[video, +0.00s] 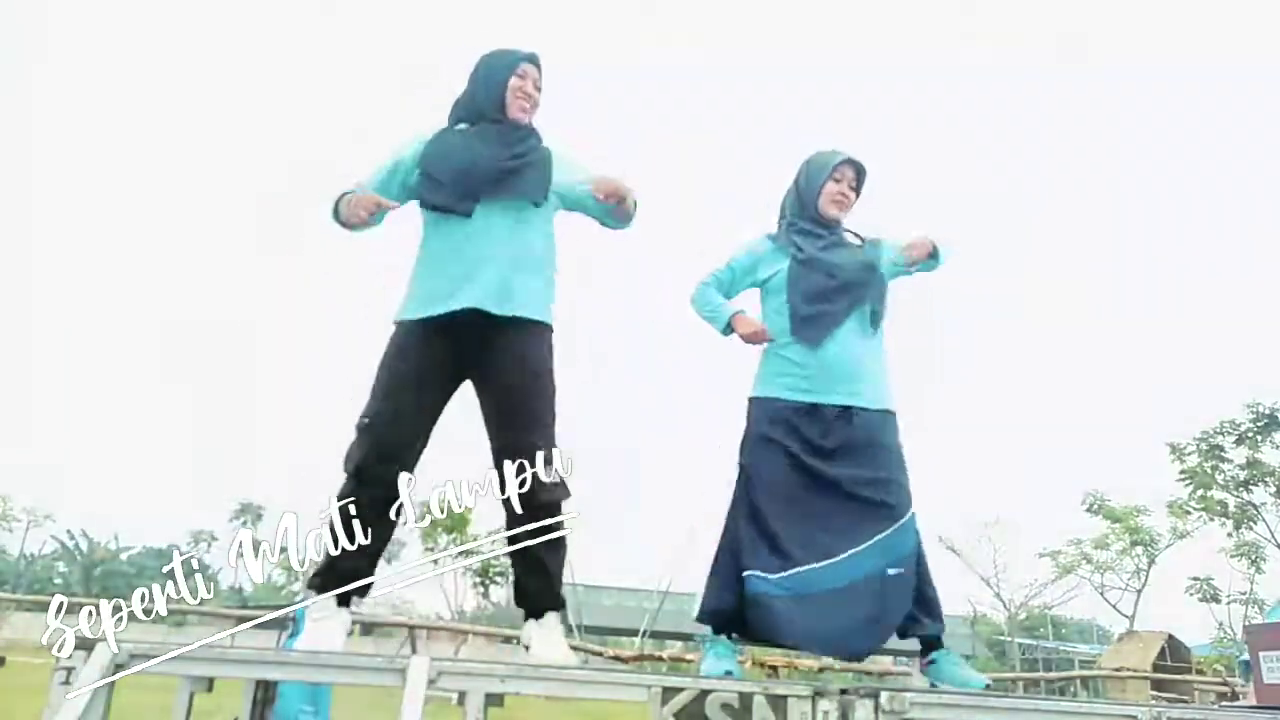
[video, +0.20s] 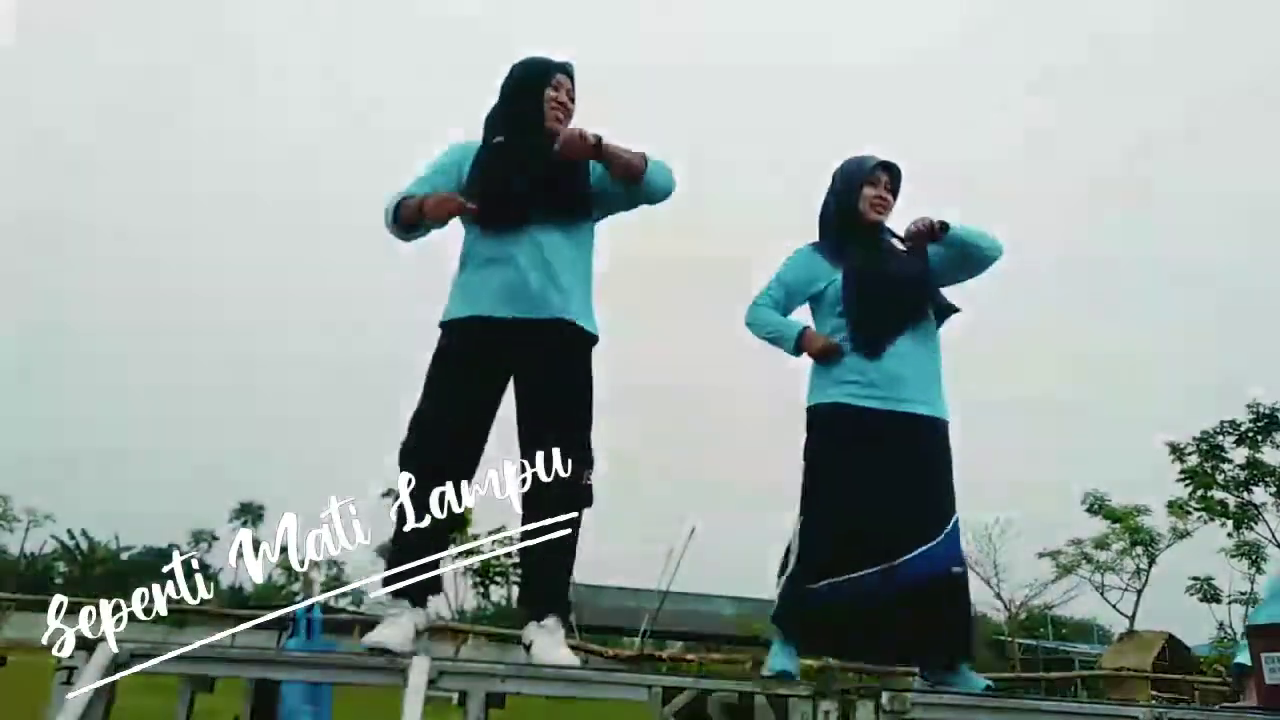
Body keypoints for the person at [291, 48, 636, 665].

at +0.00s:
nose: (531, 91)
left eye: (536, 87)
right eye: (521, 80)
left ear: (538, 101)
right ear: (488, 82)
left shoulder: (548, 159)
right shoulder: (437, 145)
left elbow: (616, 217)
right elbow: (356, 199)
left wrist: (621, 200)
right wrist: (351, 208)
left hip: (519, 324)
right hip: (432, 318)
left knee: (532, 470)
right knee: (378, 455)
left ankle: (543, 616)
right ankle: (332, 600)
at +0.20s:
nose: (561, 99)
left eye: (568, 95)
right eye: (551, 88)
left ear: (572, 111)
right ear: (519, 95)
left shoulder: (583, 169)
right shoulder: (471, 157)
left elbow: (662, 184)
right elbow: (398, 219)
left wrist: (597, 149)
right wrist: (431, 210)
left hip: (559, 328)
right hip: (475, 323)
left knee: (557, 476)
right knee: (433, 459)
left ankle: (546, 621)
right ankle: (413, 603)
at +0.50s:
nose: (589, 119)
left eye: (594, 116)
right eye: (578, 108)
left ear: (596, 132)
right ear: (545, 113)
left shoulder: (601, 181)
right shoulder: (494, 170)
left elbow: (639, 168)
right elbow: (441, 236)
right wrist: (502, 239)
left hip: (591, 351)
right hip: (507, 347)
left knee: (633, 469)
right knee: (476, 479)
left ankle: (594, 608)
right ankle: (463, 619)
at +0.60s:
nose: (602, 106)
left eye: (607, 102)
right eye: (591, 96)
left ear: (608, 120)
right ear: (557, 103)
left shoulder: (619, 173)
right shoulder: (506, 164)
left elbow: (695, 170)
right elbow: (452, 233)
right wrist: (493, 237)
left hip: (608, 340)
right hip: (522, 339)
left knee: (647, 471)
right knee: (488, 475)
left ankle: (653, 618)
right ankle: (465, 620)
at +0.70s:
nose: (620, 109)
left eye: (625, 105)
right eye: (609, 99)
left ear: (627, 121)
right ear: (575, 105)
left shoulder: (641, 174)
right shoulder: (526, 170)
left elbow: (726, 209)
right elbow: (467, 245)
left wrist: (820, 229)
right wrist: (479, 245)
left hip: (628, 340)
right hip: (542, 340)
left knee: (660, 485)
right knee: (502, 480)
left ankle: (688, 631)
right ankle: (465, 621)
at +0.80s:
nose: (639, 118)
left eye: (646, 113)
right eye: (627, 108)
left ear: (651, 132)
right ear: (597, 119)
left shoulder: (674, 191)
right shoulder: (555, 188)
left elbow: (740, 251)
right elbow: (502, 263)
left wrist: (813, 299)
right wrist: (472, 255)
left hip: (657, 355)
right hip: (568, 354)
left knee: (678, 498)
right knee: (518, 486)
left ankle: (687, 640)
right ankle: (469, 621)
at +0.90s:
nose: (648, 119)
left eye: (657, 113)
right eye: (638, 111)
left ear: (670, 129)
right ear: (617, 125)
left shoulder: (701, 196)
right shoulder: (585, 193)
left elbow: (741, 266)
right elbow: (523, 259)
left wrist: (778, 325)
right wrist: (495, 226)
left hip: (683, 363)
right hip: (595, 358)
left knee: (697, 502)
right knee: (535, 480)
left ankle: (689, 641)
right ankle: (490, 615)